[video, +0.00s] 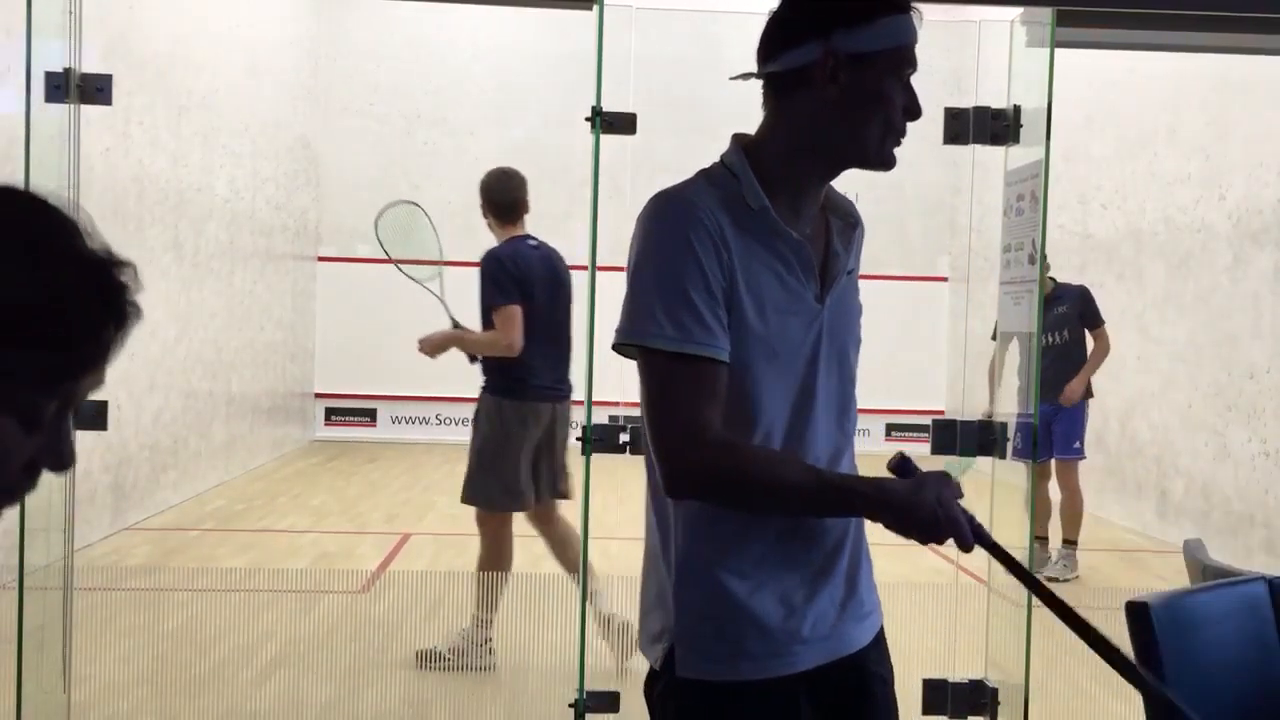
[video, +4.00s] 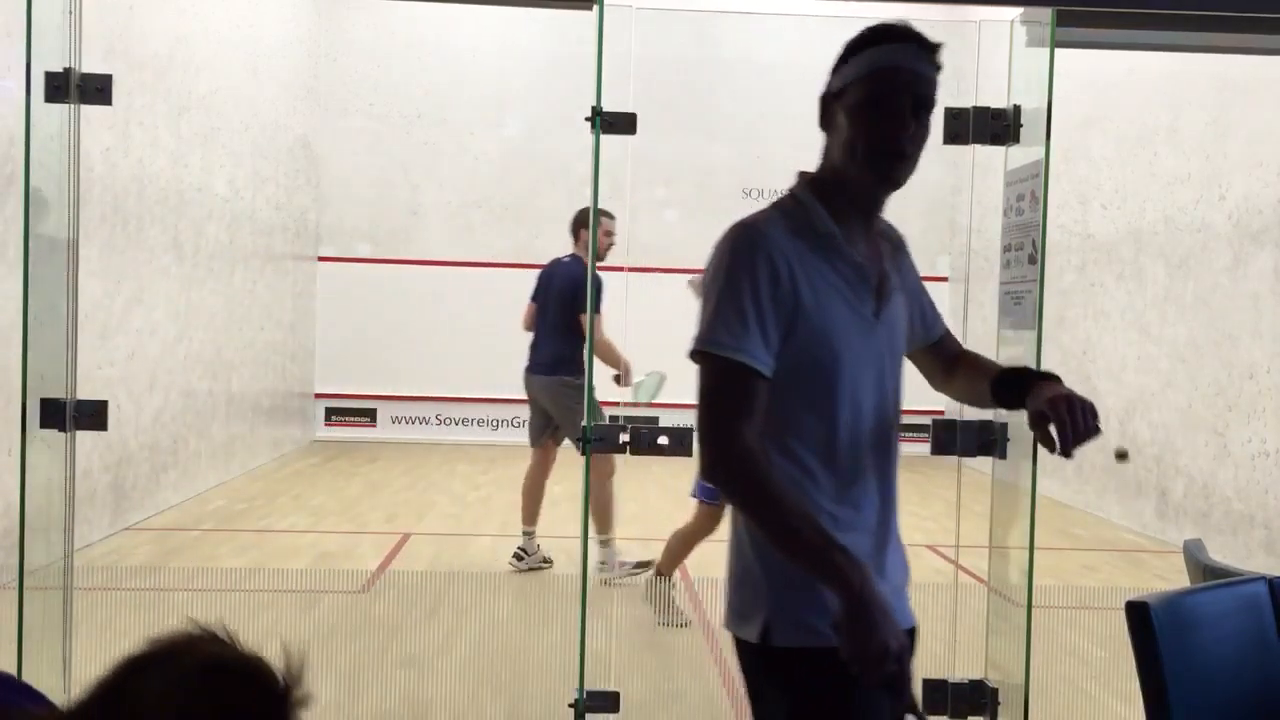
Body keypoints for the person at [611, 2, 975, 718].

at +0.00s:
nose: (916, 108)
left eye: (912, 81)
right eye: (899, 78)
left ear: (830, 78)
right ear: (826, 75)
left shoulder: (841, 225)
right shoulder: (686, 223)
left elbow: (808, 422)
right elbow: (689, 460)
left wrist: (885, 491)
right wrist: (881, 498)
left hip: (845, 630)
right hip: (726, 654)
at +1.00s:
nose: (833, 134)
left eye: (827, 111)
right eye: (816, 109)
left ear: (754, 117)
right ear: (750, 116)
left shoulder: (785, 244)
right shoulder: (628, 261)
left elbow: (780, 383)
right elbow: (563, 446)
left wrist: (855, 506)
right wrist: (729, 514)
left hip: (785, 600)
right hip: (686, 615)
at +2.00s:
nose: (673, 133)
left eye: (667, 114)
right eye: (653, 113)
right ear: (582, 125)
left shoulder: (684, 243)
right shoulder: (493, 262)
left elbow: (755, 371)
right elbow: (448, 427)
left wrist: (757, 387)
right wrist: (546, 505)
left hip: (680, 578)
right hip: (559, 590)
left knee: (709, 714)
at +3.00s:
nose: (583, 136)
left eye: (584, 118)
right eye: (561, 116)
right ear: (487, 115)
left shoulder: (595, 226)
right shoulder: (393, 255)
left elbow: (625, 354)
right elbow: (357, 425)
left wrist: (621, 396)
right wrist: (331, 584)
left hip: (590, 569)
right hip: (461, 581)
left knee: (634, 714)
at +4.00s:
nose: (905, 131)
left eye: (921, 111)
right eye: (883, 103)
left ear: (932, 126)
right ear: (829, 109)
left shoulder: (886, 249)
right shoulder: (761, 249)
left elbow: (947, 365)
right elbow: (728, 450)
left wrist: (1029, 386)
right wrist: (855, 587)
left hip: (881, 607)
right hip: (798, 617)